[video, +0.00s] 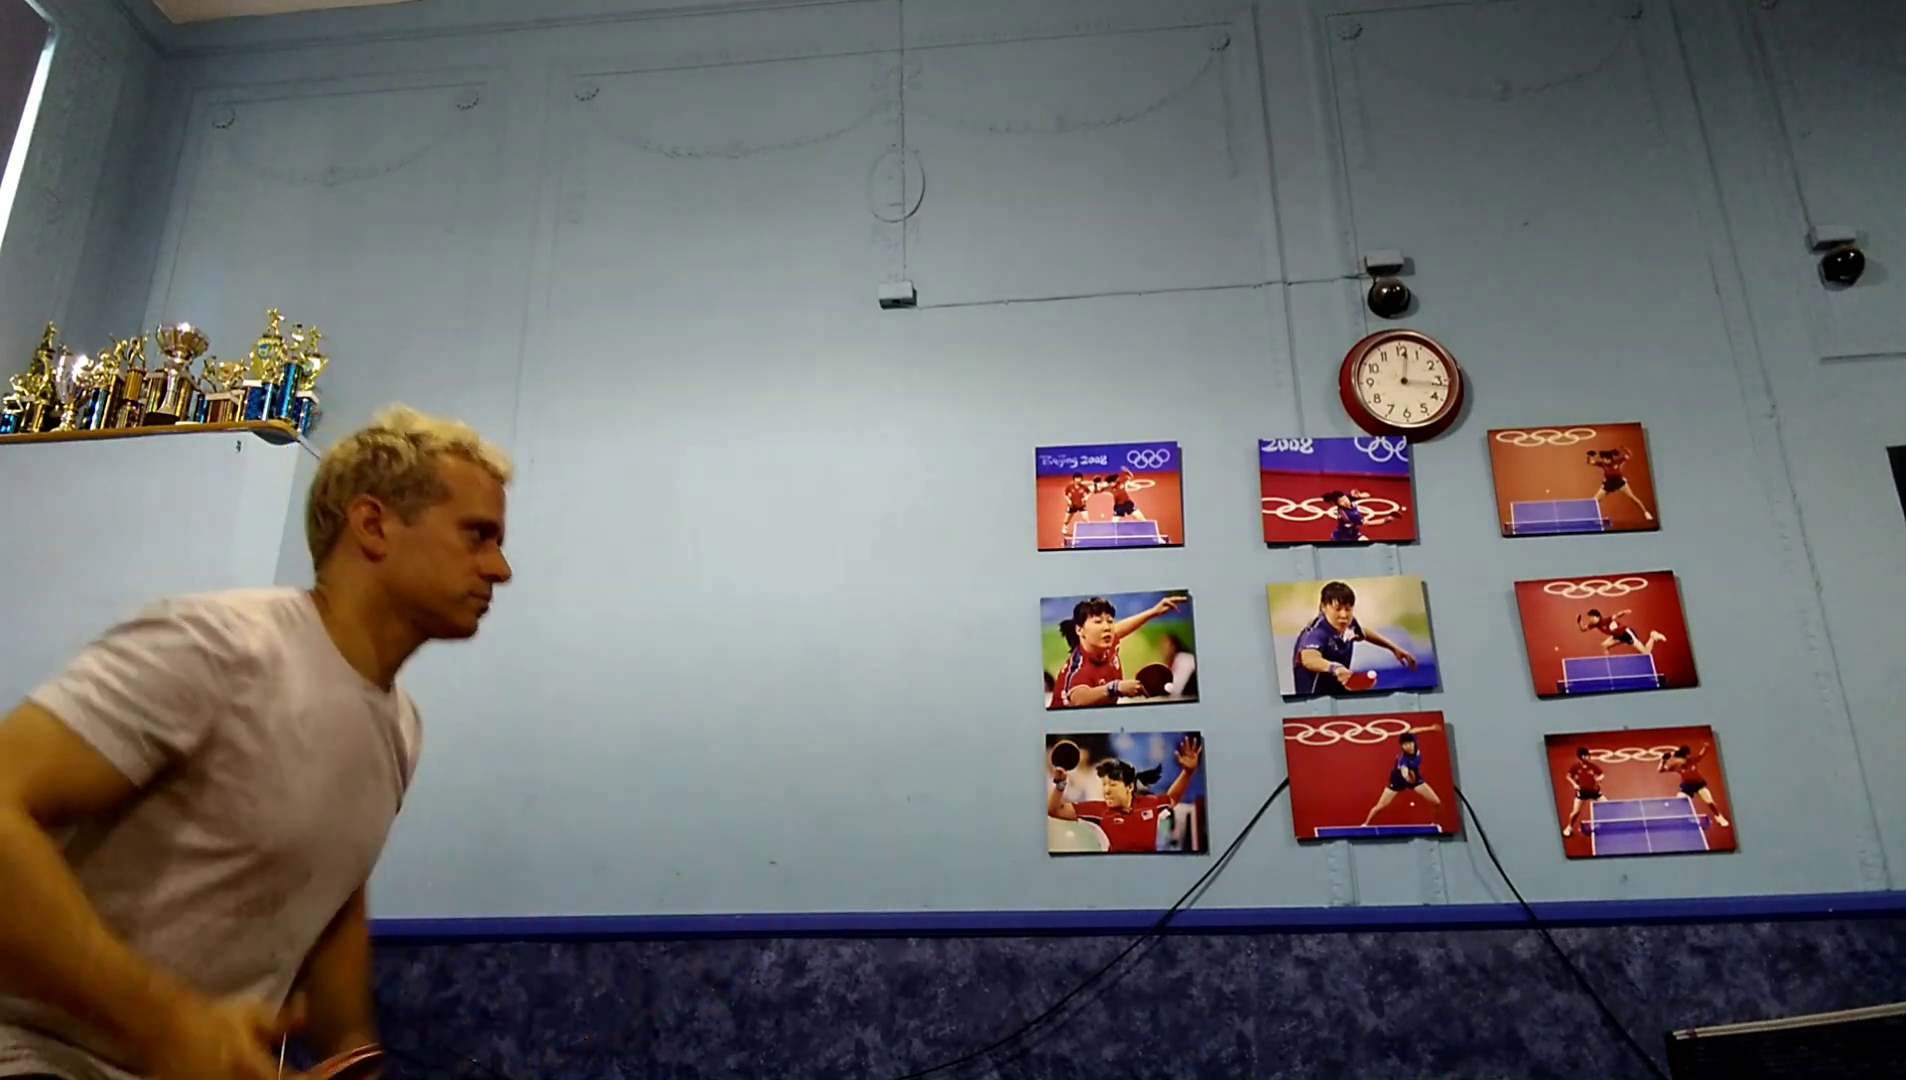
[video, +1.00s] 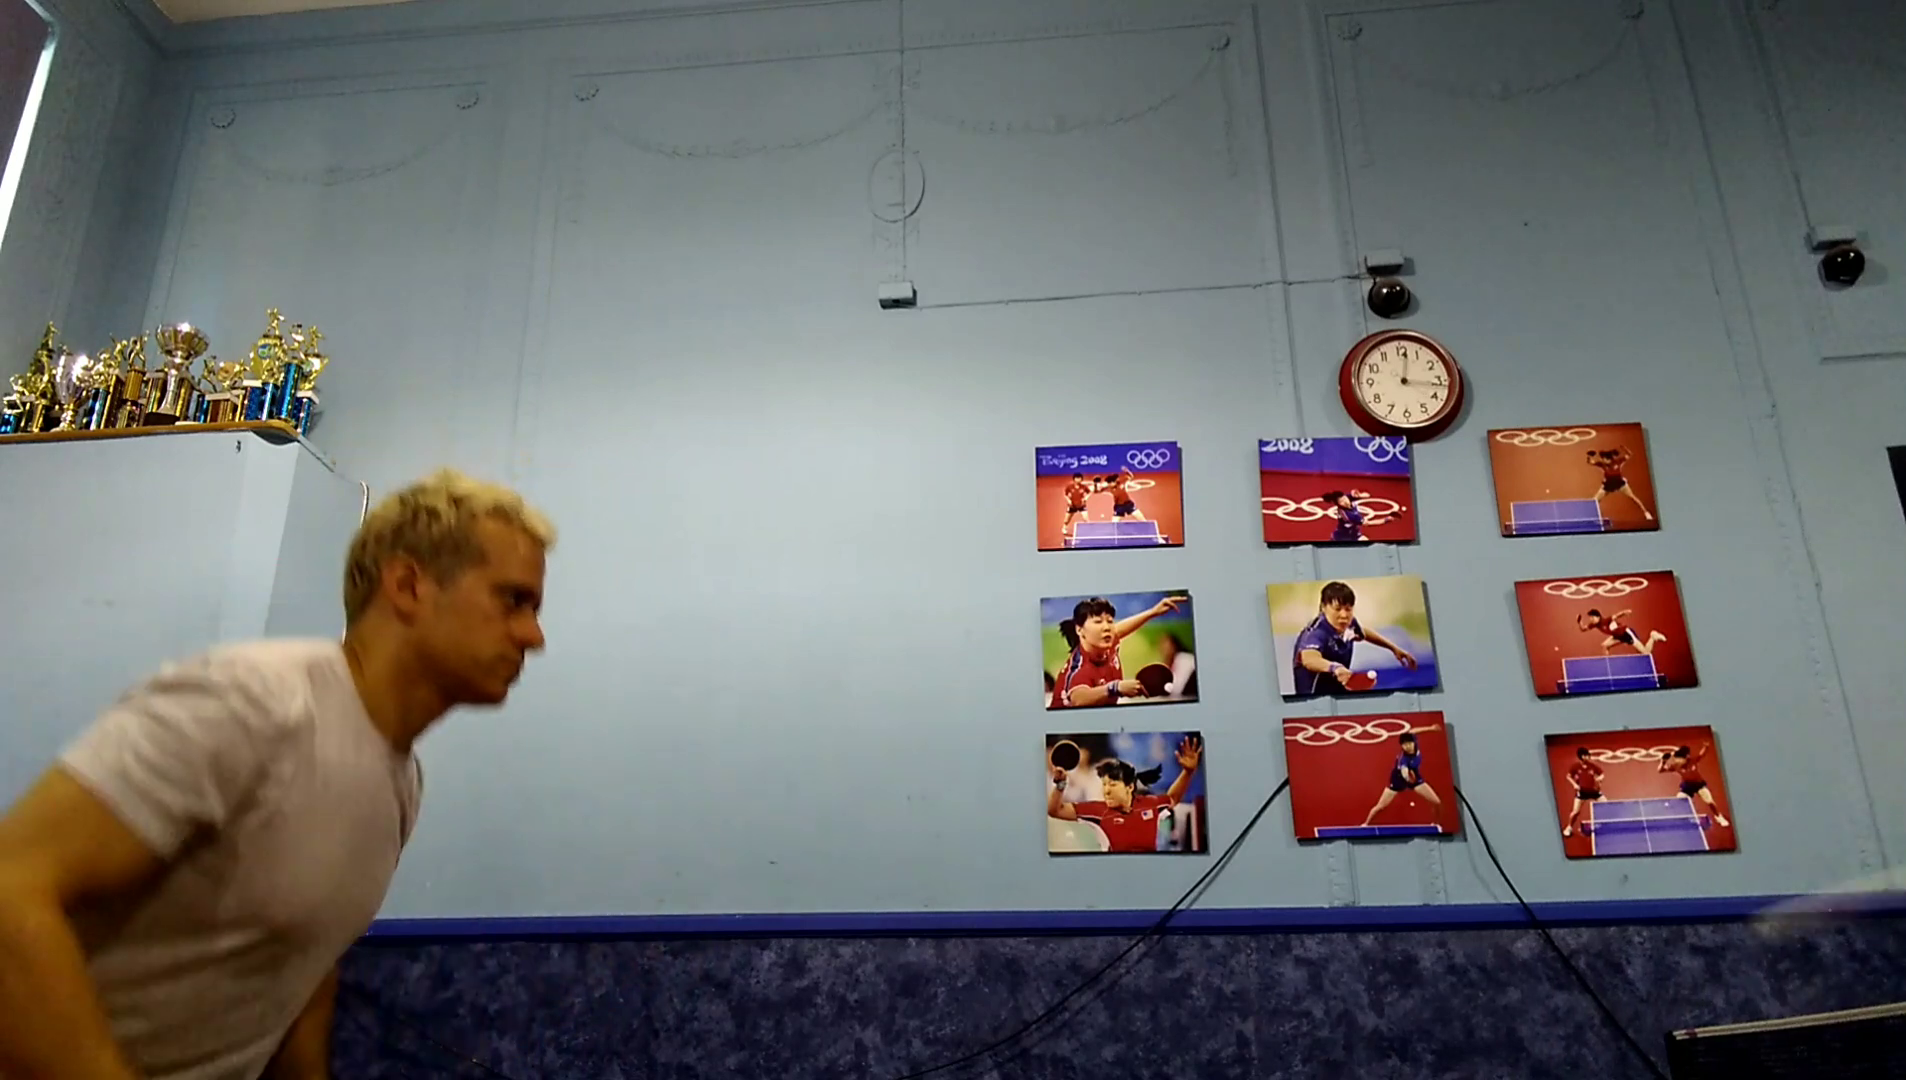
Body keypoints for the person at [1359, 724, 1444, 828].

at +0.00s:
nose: (1408, 747)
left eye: (1409, 744)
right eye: (1405, 745)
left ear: (1413, 743)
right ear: (1402, 746)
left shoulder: (1416, 747)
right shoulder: (1403, 759)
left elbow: (1413, 731)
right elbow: (1404, 771)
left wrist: (1431, 728)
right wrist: (1409, 779)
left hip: (1415, 780)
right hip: (1398, 781)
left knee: (1436, 802)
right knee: (1381, 805)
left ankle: (1434, 823)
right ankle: (1366, 823)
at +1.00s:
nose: (1408, 747)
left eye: (1409, 744)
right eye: (1405, 745)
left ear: (1414, 743)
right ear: (1402, 746)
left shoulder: (1416, 748)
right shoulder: (1403, 758)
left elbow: (1414, 731)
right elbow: (1404, 771)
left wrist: (1431, 728)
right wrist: (1409, 779)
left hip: (1414, 779)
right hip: (1398, 781)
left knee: (1436, 802)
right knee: (1380, 806)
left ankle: (1435, 823)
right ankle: (1366, 823)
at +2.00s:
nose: (1408, 747)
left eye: (1409, 744)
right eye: (1405, 745)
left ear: (1414, 743)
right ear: (1402, 746)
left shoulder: (1416, 747)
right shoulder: (1403, 758)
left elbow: (1414, 731)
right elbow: (1404, 771)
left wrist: (1431, 728)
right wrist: (1408, 778)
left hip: (1415, 779)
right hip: (1398, 781)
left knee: (1436, 802)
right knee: (1381, 805)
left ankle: (1436, 824)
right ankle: (1366, 824)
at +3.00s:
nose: (1408, 747)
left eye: (1409, 744)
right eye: (1405, 745)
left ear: (1414, 743)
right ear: (1402, 746)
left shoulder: (1416, 748)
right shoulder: (1403, 758)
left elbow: (1413, 731)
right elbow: (1404, 771)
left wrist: (1431, 728)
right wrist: (1409, 778)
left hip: (1415, 779)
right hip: (1398, 781)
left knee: (1436, 801)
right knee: (1381, 806)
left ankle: (1435, 823)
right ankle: (1366, 823)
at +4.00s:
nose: (1408, 747)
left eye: (1409, 744)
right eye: (1405, 745)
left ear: (1414, 743)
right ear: (1402, 746)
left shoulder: (1416, 748)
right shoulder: (1403, 758)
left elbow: (1413, 731)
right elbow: (1404, 771)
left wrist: (1431, 728)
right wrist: (1409, 778)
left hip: (1415, 779)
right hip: (1398, 781)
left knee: (1436, 802)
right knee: (1381, 806)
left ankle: (1435, 823)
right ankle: (1366, 823)